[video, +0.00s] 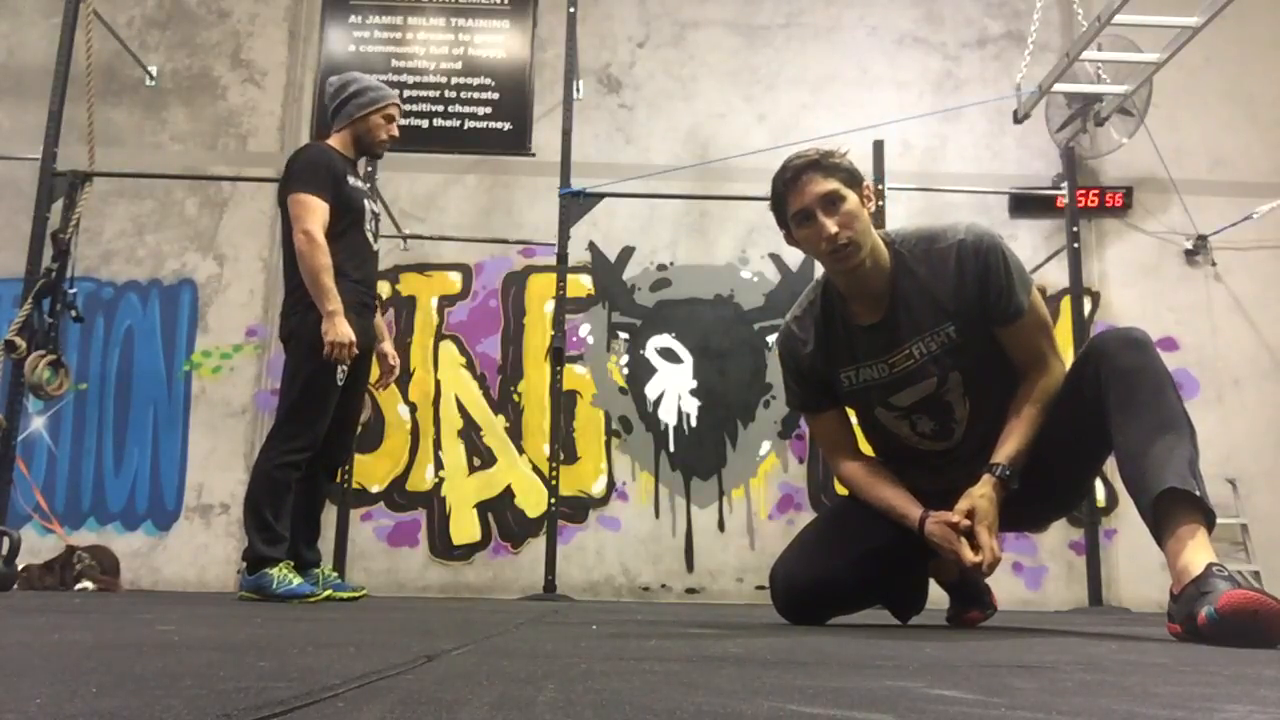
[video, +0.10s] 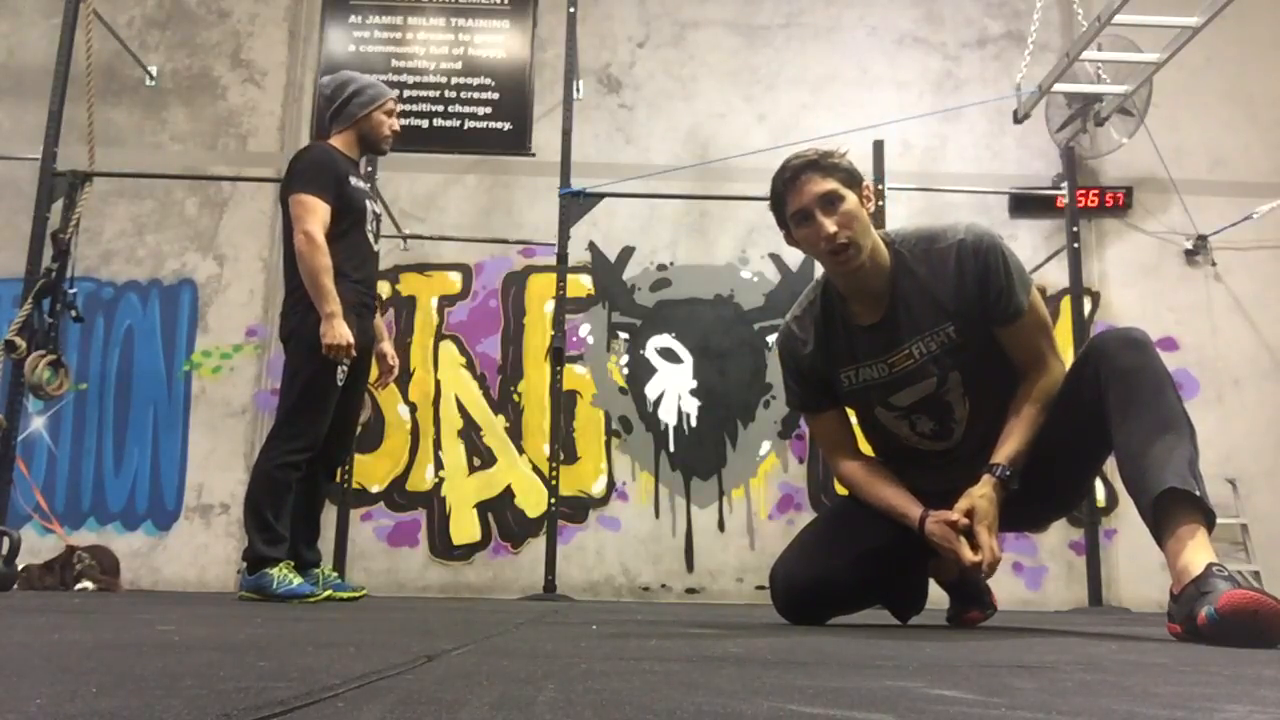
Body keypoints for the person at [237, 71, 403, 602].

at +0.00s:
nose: (394, 129)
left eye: (396, 120)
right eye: (387, 118)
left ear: (365, 123)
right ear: (354, 116)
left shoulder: (353, 177)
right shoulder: (314, 161)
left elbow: (357, 266)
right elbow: (307, 237)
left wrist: (380, 333)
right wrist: (332, 314)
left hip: (350, 328)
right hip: (318, 324)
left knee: (326, 449)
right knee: (295, 440)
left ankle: (303, 563)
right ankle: (262, 565)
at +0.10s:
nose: (396, 124)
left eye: (396, 115)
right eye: (388, 114)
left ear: (363, 120)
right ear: (356, 114)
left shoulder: (355, 176)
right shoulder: (317, 161)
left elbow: (358, 266)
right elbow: (308, 238)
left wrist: (379, 333)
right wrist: (331, 315)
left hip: (350, 329)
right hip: (318, 325)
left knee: (325, 450)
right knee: (295, 441)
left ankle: (303, 563)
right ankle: (263, 565)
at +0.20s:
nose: (393, 120)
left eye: (393, 112)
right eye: (385, 110)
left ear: (365, 118)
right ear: (353, 112)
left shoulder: (356, 174)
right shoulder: (319, 162)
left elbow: (359, 263)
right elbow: (310, 240)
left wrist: (378, 333)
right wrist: (330, 317)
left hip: (350, 328)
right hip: (318, 323)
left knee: (324, 450)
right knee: (295, 440)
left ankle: (302, 563)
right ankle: (263, 565)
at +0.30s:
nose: (392, 118)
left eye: (391, 110)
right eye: (383, 108)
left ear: (363, 117)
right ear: (351, 112)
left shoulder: (355, 174)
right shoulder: (320, 162)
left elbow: (360, 264)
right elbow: (313, 240)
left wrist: (379, 334)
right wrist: (332, 318)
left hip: (349, 327)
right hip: (318, 323)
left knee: (323, 451)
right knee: (295, 441)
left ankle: (302, 563)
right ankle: (263, 565)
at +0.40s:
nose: (389, 116)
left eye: (388, 108)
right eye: (379, 107)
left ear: (362, 117)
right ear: (348, 112)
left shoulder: (355, 173)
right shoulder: (319, 161)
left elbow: (360, 264)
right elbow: (313, 241)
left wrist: (381, 333)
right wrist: (336, 317)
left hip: (348, 327)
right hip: (318, 323)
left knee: (323, 451)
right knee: (295, 441)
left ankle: (302, 563)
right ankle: (263, 565)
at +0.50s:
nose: (389, 115)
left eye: (387, 107)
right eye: (379, 106)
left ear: (359, 116)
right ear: (347, 112)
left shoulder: (354, 175)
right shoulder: (319, 161)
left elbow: (360, 269)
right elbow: (314, 240)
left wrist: (384, 336)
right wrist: (340, 316)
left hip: (348, 330)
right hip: (319, 325)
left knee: (323, 452)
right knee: (295, 442)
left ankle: (302, 564)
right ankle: (263, 566)